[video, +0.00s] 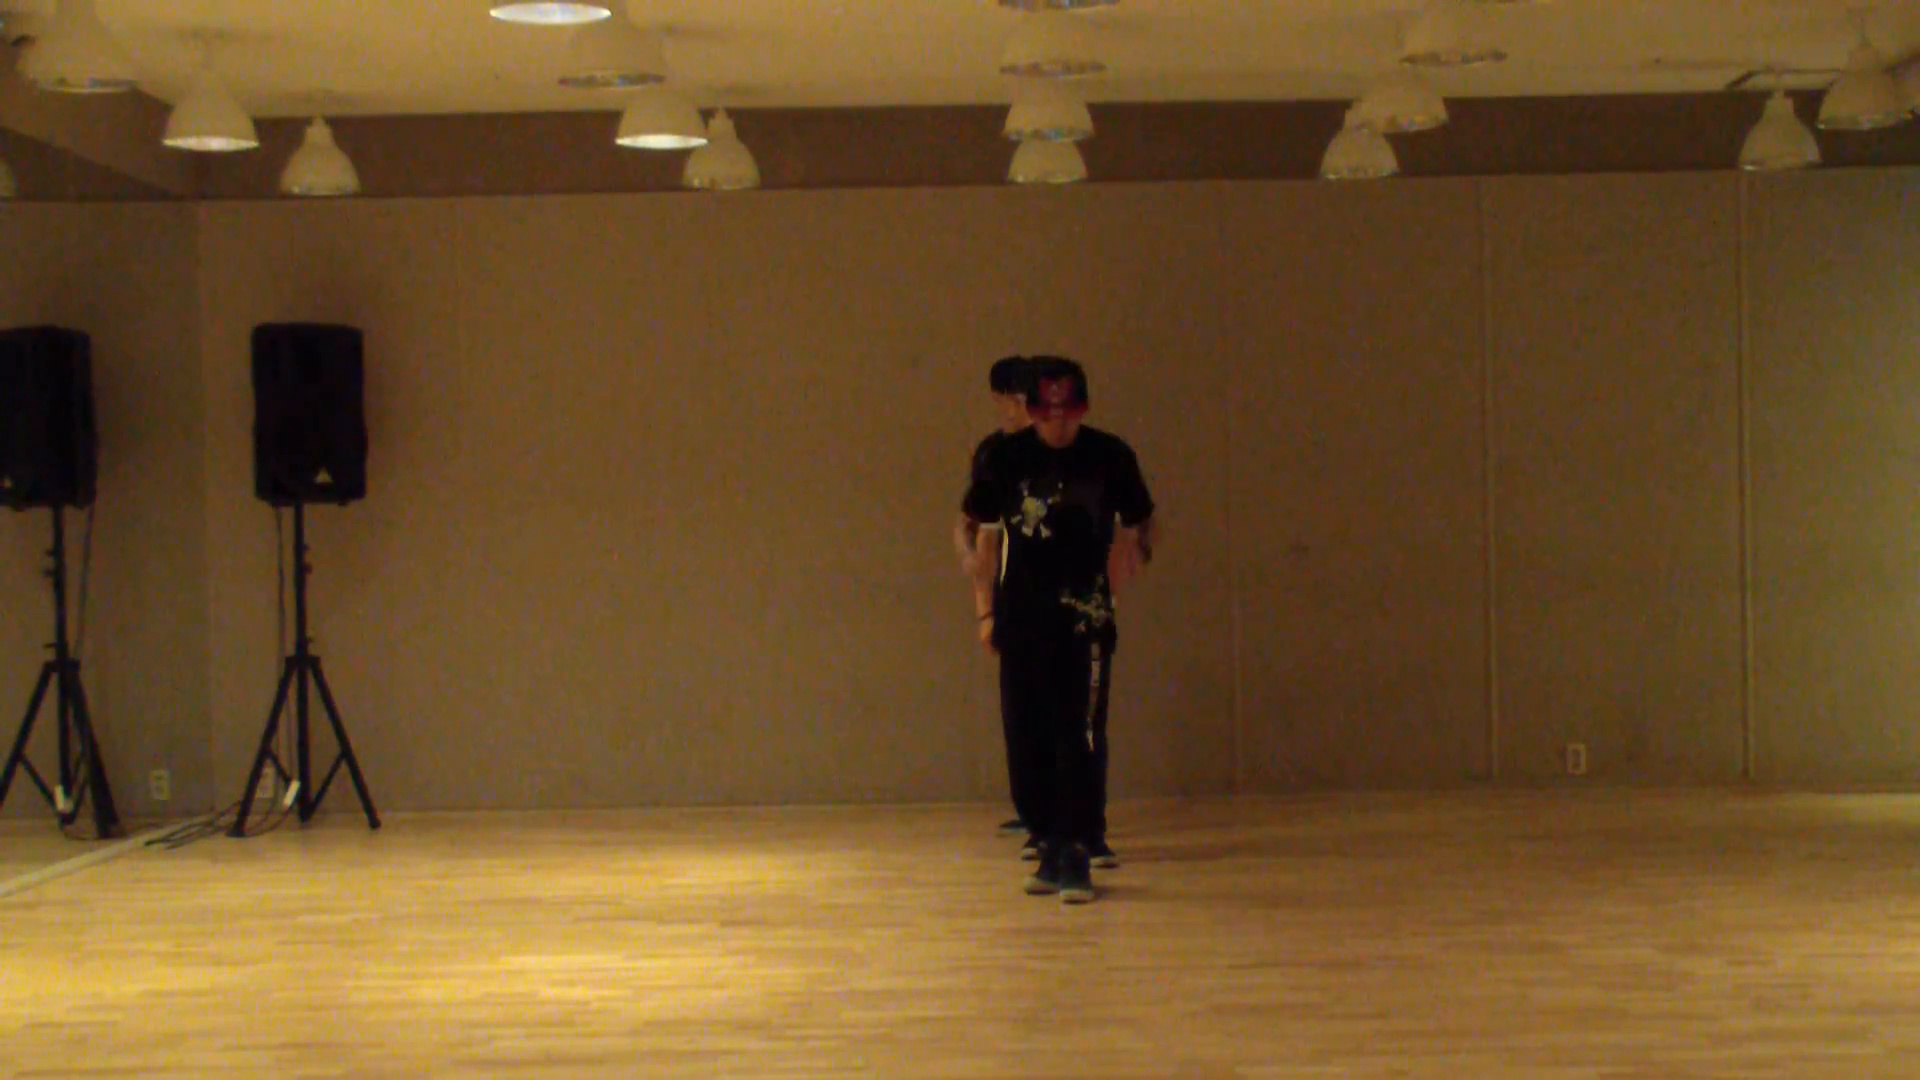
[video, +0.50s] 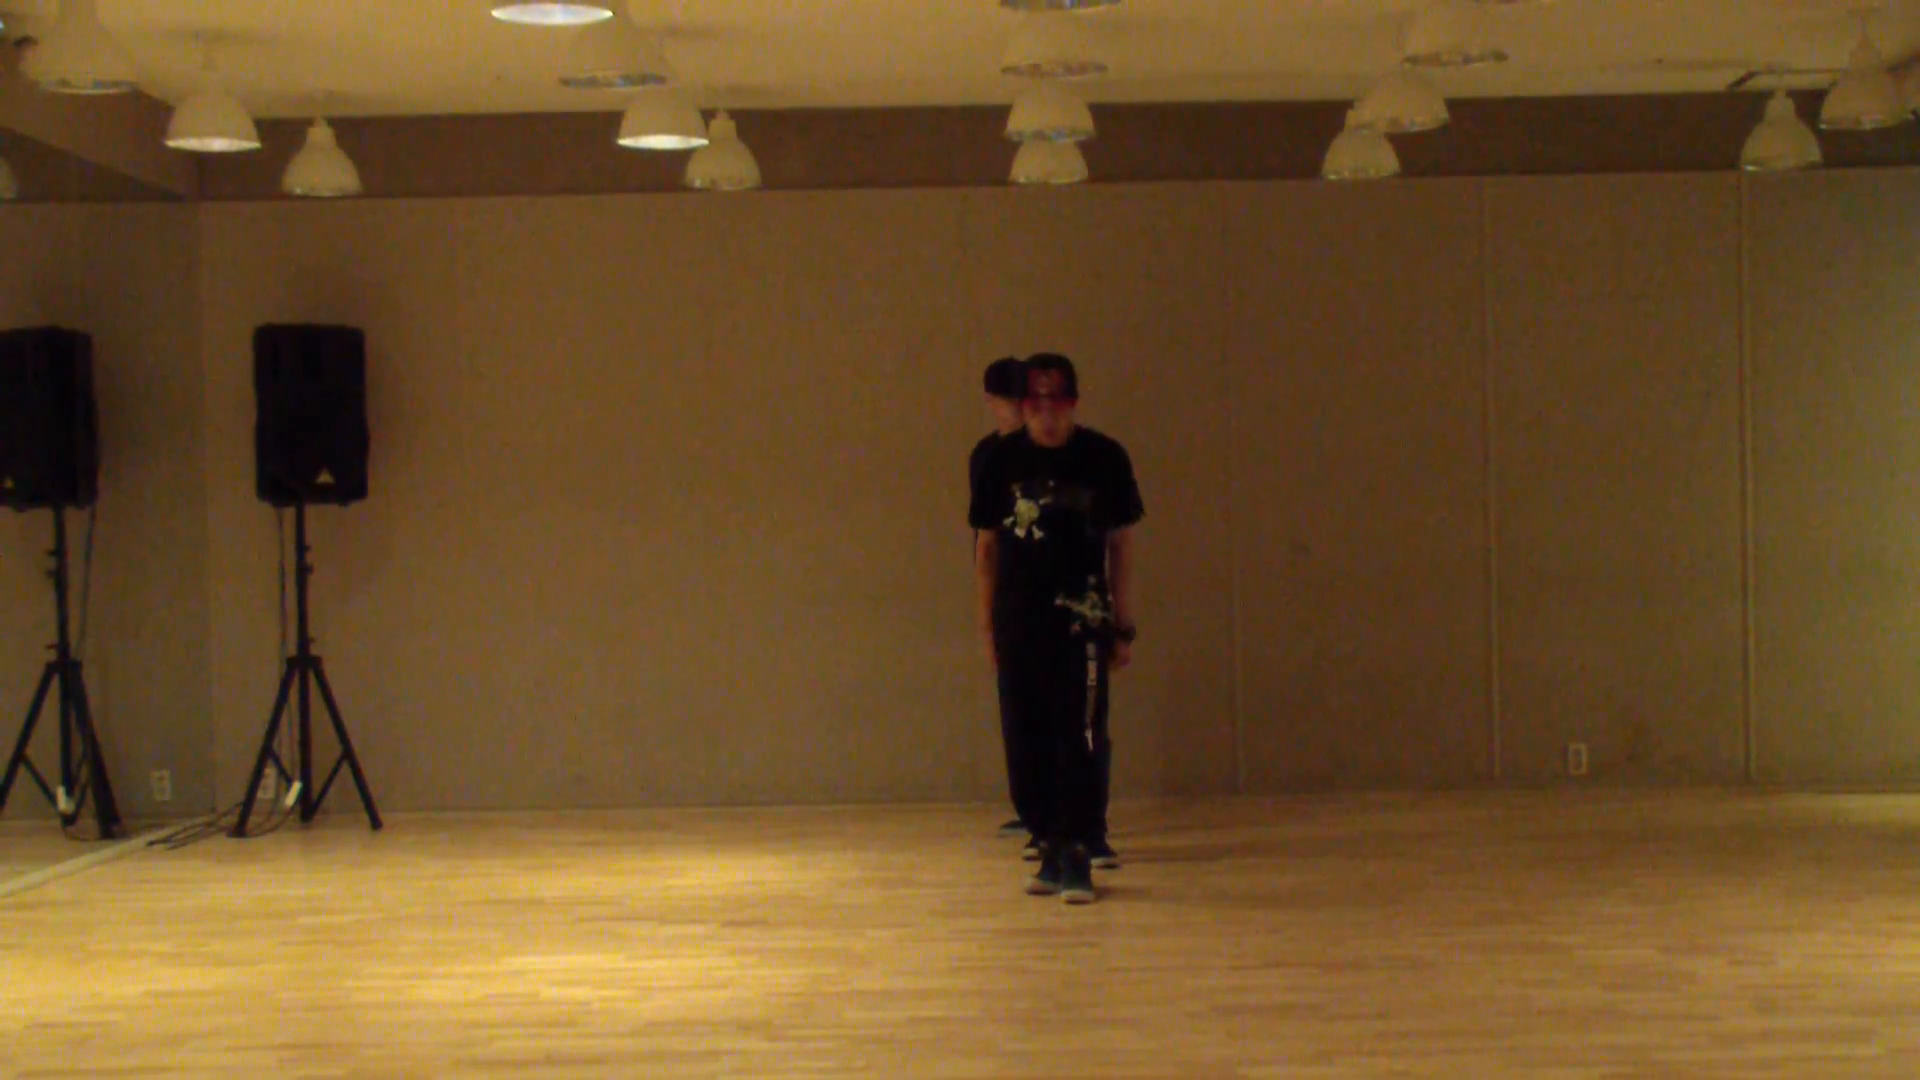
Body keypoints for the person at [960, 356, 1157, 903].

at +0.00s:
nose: (1055, 420)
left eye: (1065, 409)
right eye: (1046, 409)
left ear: (1081, 409)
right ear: (1030, 409)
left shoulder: (1109, 454)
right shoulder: (1003, 456)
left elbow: (1140, 521)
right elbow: (982, 535)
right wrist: (985, 609)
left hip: (1084, 614)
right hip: (1023, 612)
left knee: (1079, 734)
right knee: (1030, 733)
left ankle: (1077, 855)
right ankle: (1049, 849)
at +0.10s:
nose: (1052, 416)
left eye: (1062, 406)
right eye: (1044, 407)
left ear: (1079, 407)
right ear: (1031, 407)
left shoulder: (1108, 454)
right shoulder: (1003, 456)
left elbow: (1125, 536)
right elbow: (982, 538)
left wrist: (1126, 610)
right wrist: (982, 617)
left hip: (1084, 613)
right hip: (1024, 613)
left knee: (1079, 733)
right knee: (1030, 731)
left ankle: (1077, 854)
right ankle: (1048, 848)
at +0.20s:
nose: (1050, 419)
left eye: (1060, 408)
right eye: (1042, 408)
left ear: (1078, 409)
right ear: (1028, 409)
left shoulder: (1108, 455)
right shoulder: (1003, 459)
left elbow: (1118, 541)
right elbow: (990, 544)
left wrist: (1120, 607)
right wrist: (990, 618)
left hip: (1084, 614)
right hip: (1025, 613)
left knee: (1079, 733)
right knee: (1030, 733)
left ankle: (1078, 853)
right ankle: (1048, 850)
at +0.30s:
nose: (1048, 418)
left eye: (1058, 407)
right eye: (1039, 407)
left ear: (1077, 407)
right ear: (1026, 408)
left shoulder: (1109, 456)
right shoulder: (1001, 459)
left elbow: (1121, 537)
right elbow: (991, 541)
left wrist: (1116, 604)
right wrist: (991, 613)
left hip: (1083, 612)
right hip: (1023, 611)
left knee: (1079, 731)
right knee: (1029, 730)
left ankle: (1078, 851)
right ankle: (1049, 848)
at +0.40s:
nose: (1046, 410)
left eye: (1056, 400)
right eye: (1037, 401)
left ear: (1076, 404)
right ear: (1024, 405)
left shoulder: (1108, 454)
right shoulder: (999, 458)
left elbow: (1122, 533)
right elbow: (990, 539)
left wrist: (1118, 595)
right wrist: (991, 610)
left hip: (1083, 612)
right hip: (1022, 612)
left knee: (1080, 730)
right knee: (1029, 731)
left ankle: (1078, 852)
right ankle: (1050, 848)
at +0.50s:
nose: (1044, 410)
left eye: (1054, 399)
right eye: (1035, 399)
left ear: (1073, 403)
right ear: (1021, 403)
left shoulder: (1105, 457)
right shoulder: (997, 459)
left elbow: (1121, 547)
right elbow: (987, 549)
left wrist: (1122, 626)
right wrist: (988, 628)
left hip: (1082, 618)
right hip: (1020, 617)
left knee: (1080, 734)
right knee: (1029, 734)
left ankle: (1077, 854)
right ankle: (1050, 849)